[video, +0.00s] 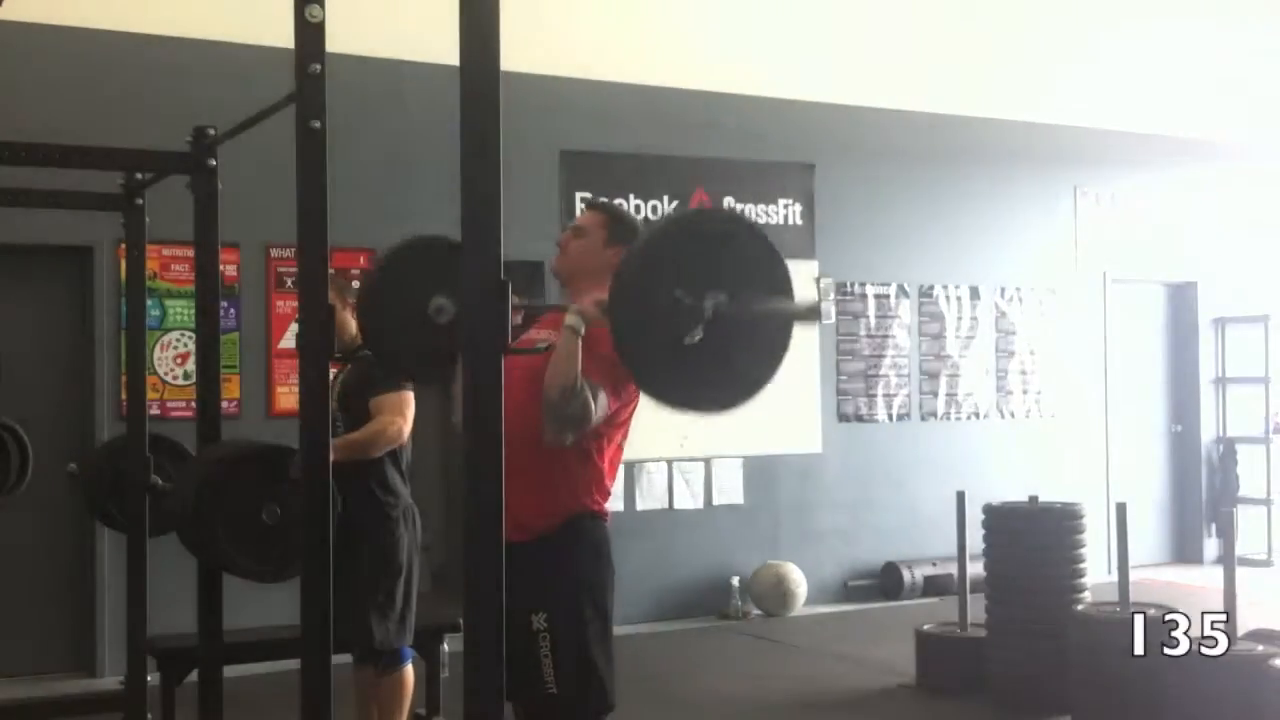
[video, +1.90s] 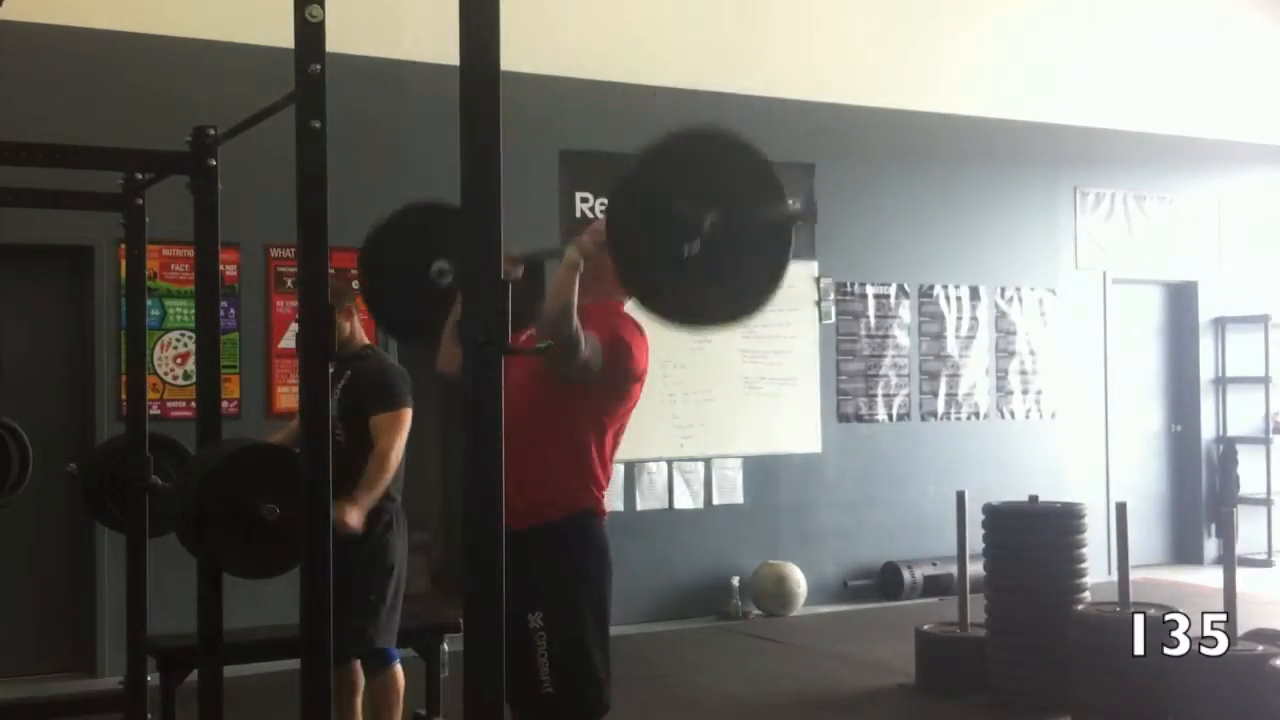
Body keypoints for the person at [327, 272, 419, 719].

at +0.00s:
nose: (322, 323)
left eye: (328, 311)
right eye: (319, 314)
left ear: (353, 309)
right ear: (332, 315)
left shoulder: (383, 359)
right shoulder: (345, 370)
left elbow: (395, 427)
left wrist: (328, 449)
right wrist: (316, 450)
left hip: (385, 515)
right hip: (355, 512)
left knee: (387, 644)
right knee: (362, 643)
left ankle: (393, 718)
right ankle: (369, 716)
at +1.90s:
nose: (320, 330)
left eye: (327, 319)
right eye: (317, 320)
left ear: (351, 316)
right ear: (320, 321)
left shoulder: (384, 375)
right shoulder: (330, 373)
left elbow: (390, 450)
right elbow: (307, 425)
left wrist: (359, 503)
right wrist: (261, 456)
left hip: (375, 527)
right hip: (331, 525)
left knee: (378, 648)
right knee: (339, 648)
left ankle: (388, 719)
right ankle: (347, 719)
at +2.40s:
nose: (334, 320)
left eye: (343, 309)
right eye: (329, 311)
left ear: (369, 312)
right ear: (320, 314)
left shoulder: (397, 368)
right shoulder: (317, 375)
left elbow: (427, 443)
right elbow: (279, 433)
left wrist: (428, 511)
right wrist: (241, 477)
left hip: (391, 520)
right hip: (336, 520)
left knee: (404, 640)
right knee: (353, 643)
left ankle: (418, 716)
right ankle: (350, 717)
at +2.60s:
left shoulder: (407, 368)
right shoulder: (324, 371)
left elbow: (435, 438)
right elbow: (286, 423)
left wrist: (444, 512)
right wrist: (243, 465)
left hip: (404, 519)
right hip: (344, 520)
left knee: (434, 638)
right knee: (356, 642)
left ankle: (454, 711)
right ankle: (351, 714)